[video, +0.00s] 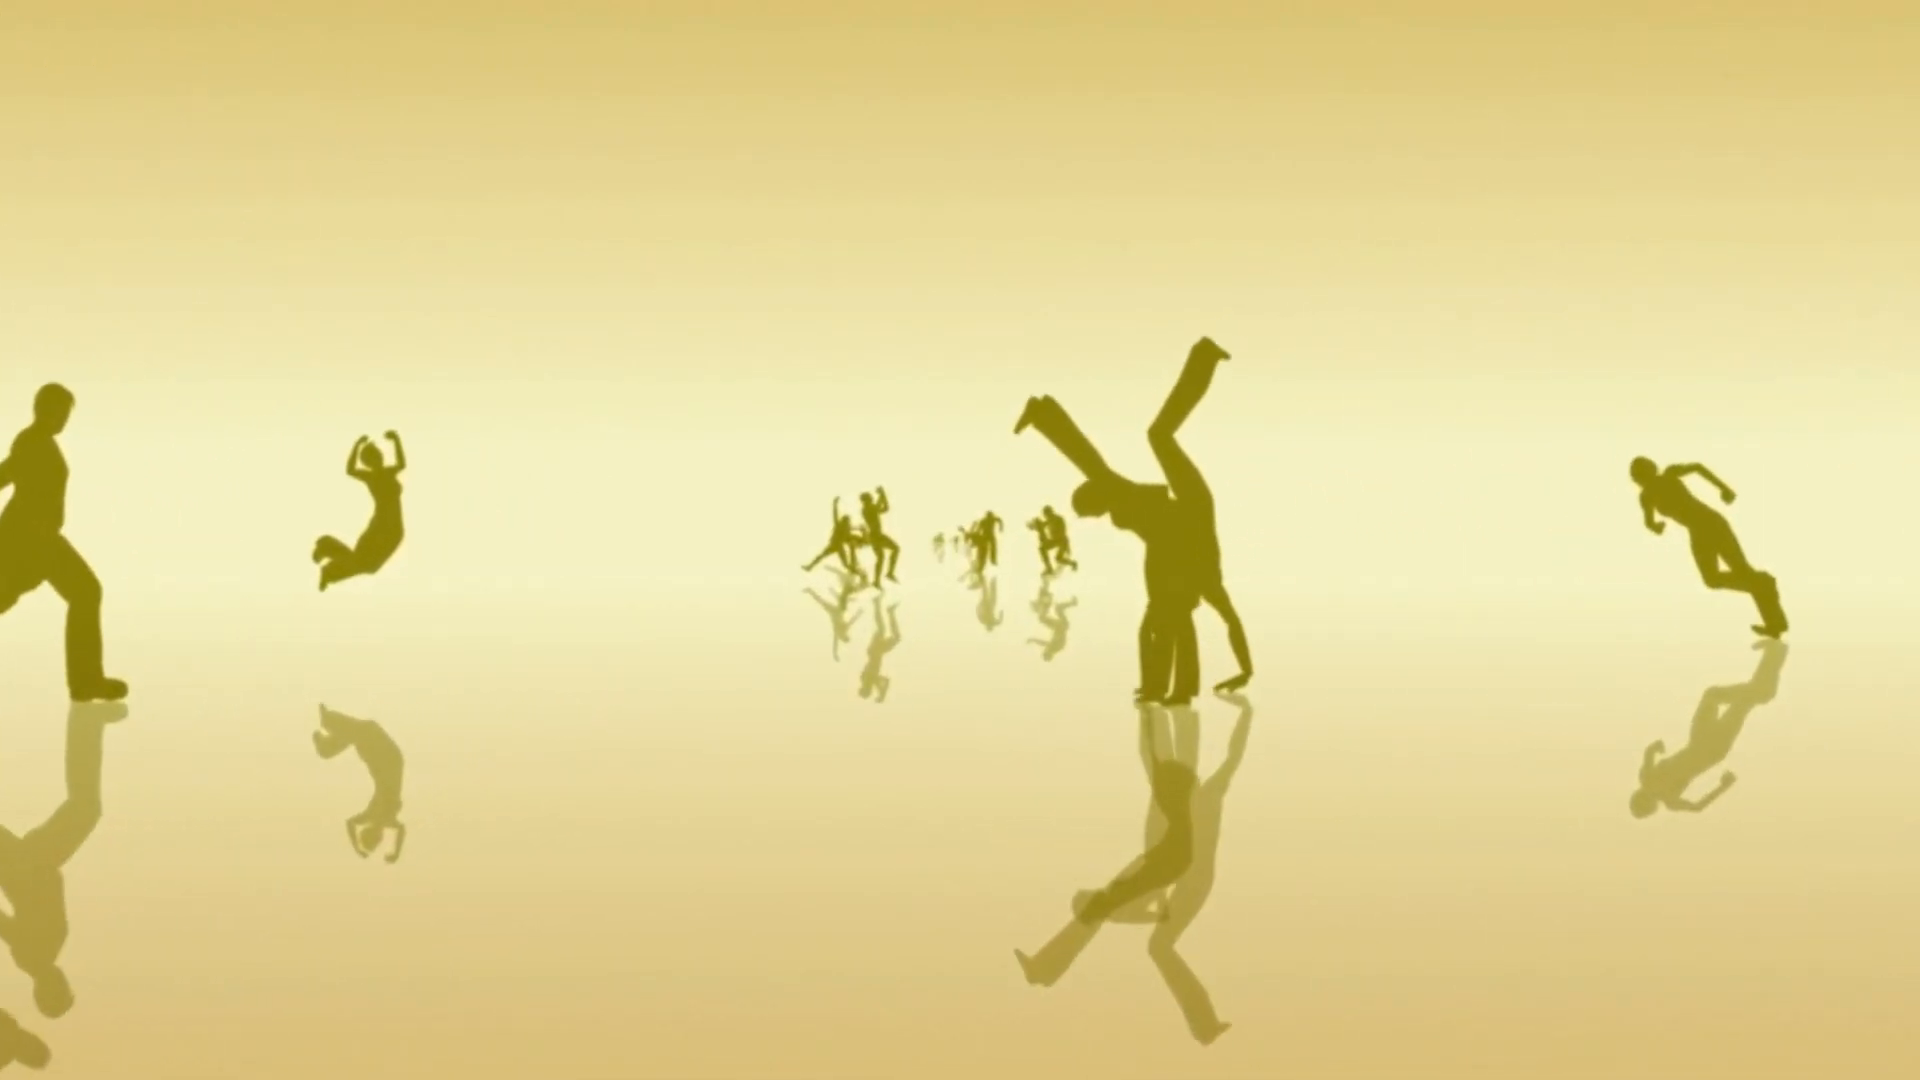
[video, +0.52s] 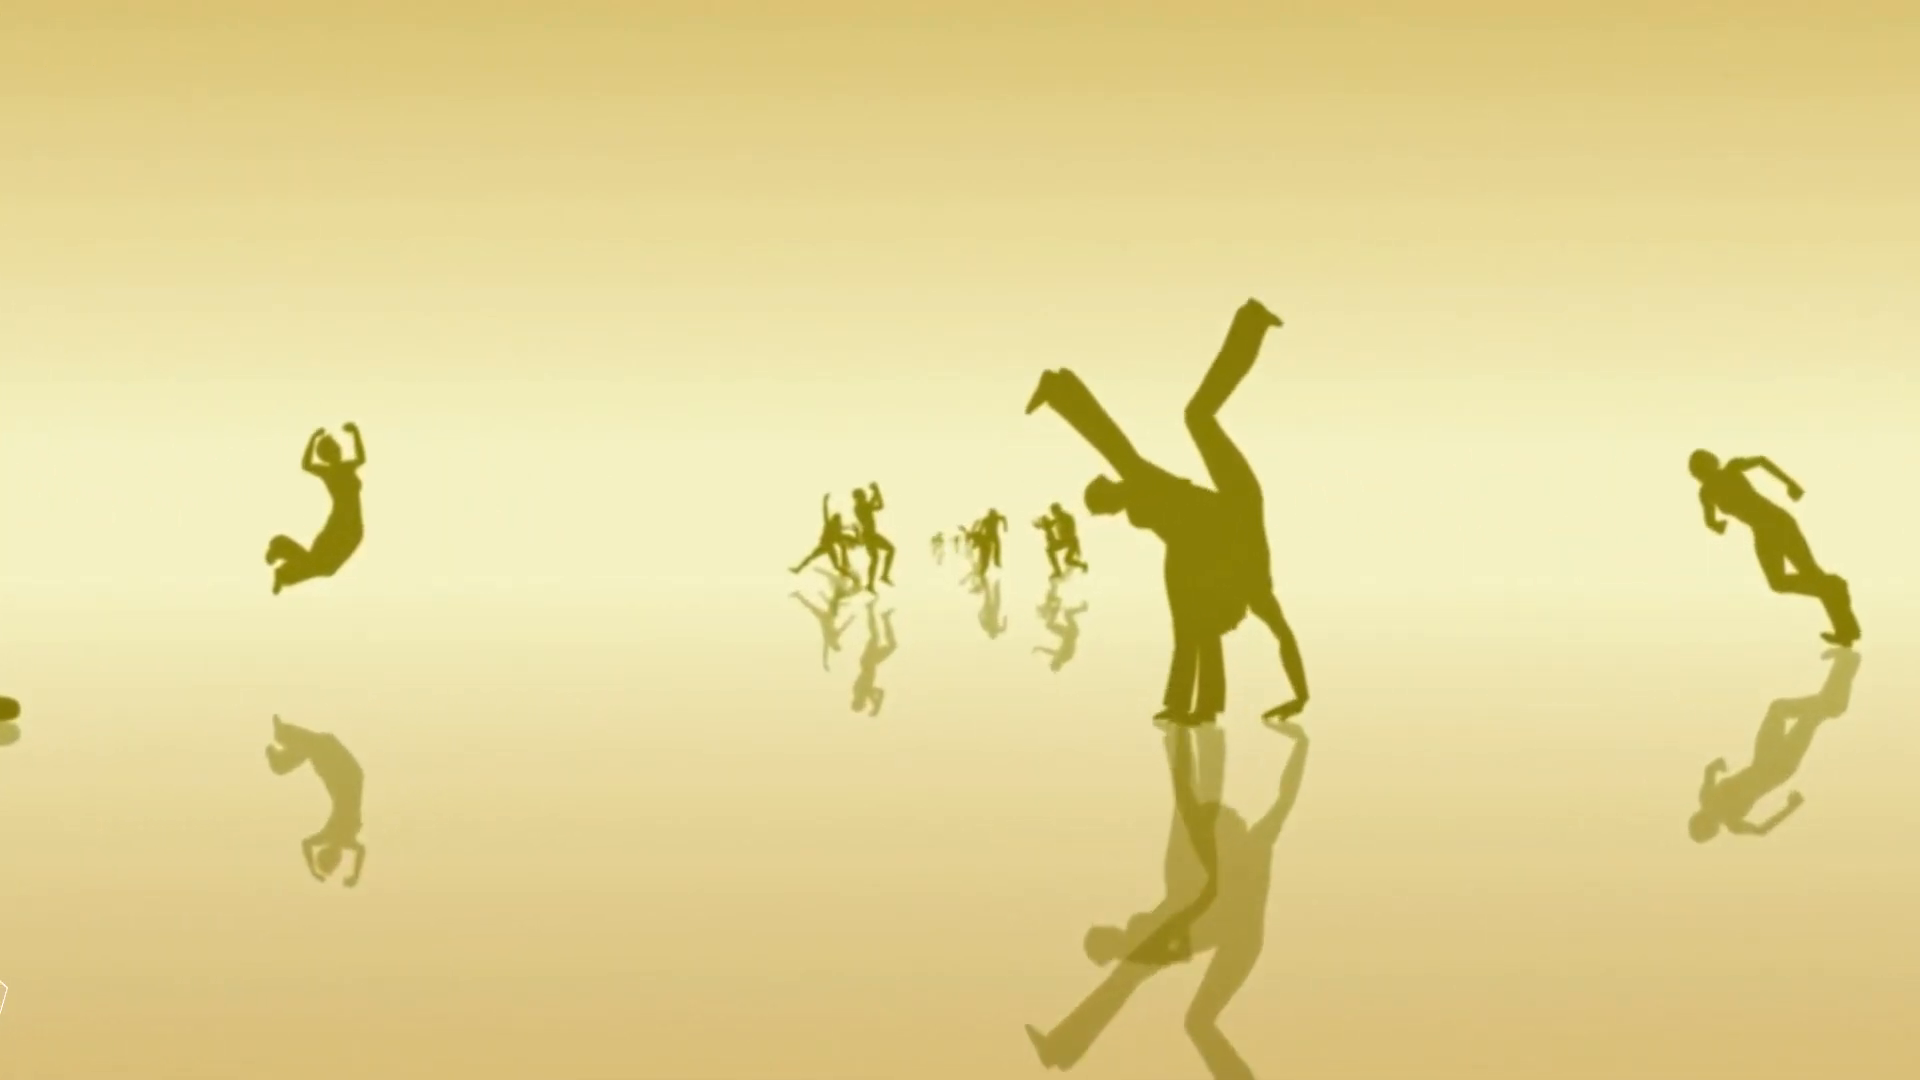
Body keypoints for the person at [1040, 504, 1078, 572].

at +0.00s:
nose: (1047, 516)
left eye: (1048, 513)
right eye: (1045, 514)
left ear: (1051, 512)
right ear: (1044, 514)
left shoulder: (1059, 519)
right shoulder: (1045, 522)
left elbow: (1063, 534)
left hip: (1061, 540)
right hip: (1052, 540)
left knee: (1059, 557)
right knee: (1042, 549)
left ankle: (1073, 563)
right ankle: (1048, 568)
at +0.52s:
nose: (1055, 513)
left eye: (1056, 511)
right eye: (1053, 512)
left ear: (1059, 509)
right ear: (1052, 512)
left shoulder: (1067, 517)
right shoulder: (1053, 521)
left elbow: (1072, 534)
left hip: (1070, 540)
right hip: (1060, 541)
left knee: (1068, 559)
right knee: (1050, 550)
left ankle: (1083, 565)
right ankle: (1057, 571)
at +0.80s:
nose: (1061, 512)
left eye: (1062, 509)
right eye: (1060, 510)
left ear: (1065, 507)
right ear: (1059, 510)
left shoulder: (1074, 516)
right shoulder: (1061, 519)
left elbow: (1078, 533)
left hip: (1078, 540)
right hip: (1068, 540)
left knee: (1074, 560)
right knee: (1055, 550)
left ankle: (1090, 566)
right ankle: (1063, 573)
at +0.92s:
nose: (1063, 511)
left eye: (1063, 509)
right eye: (1061, 509)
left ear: (1067, 507)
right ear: (1060, 510)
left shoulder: (1076, 516)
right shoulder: (1061, 520)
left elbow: (1081, 533)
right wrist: (1059, 545)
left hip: (1080, 540)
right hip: (1069, 541)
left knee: (1077, 561)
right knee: (1057, 550)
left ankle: (1092, 567)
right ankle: (1065, 573)